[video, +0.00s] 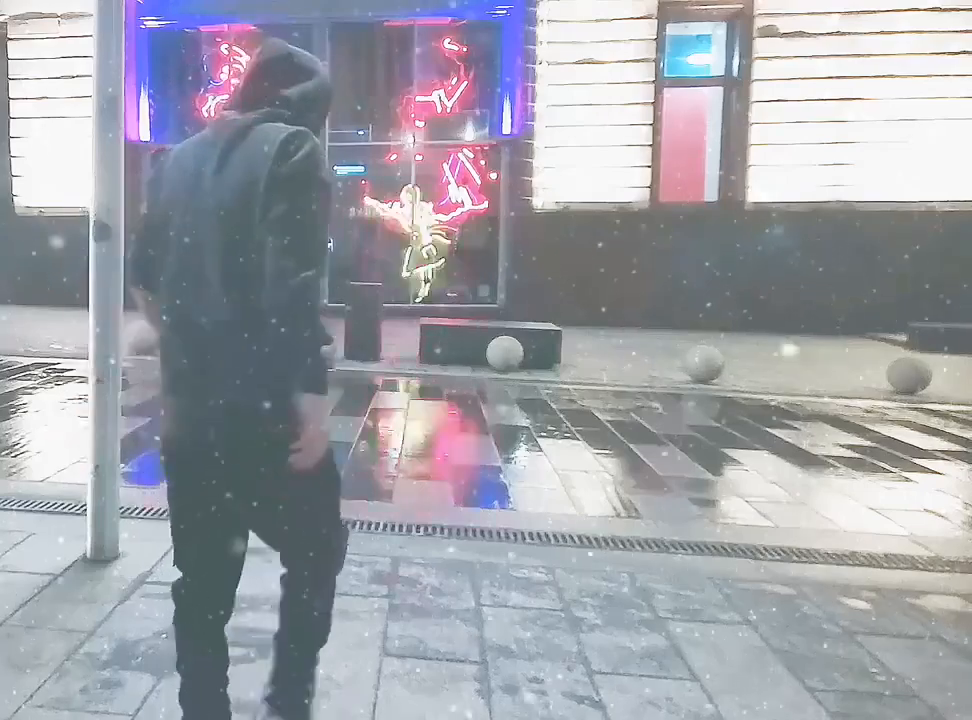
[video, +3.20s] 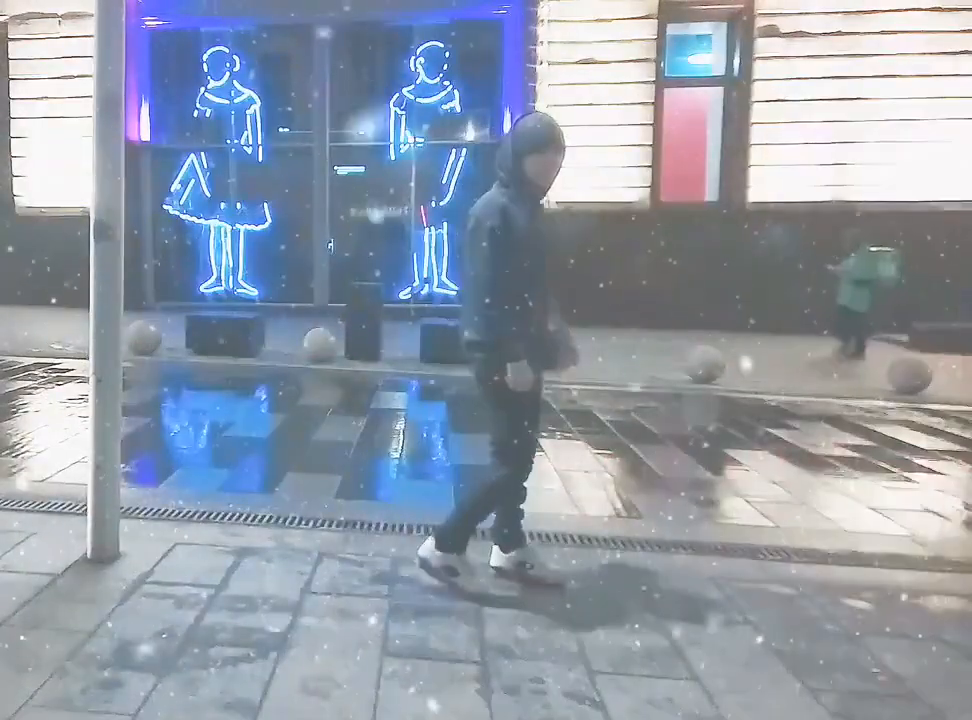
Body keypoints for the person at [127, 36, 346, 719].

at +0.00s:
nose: (313, 119)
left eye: (309, 110)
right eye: (314, 109)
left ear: (249, 95)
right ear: (303, 102)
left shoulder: (179, 157)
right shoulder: (296, 150)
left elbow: (144, 273)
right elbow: (294, 284)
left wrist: (187, 342)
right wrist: (312, 397)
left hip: (191, 409)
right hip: (270, 405)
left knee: (201, 582)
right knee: (316, 549)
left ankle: (204, 710)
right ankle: (290, 697)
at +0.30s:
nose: (339, 134)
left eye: (339, 126)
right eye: (337, 125)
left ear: (272, 114)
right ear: (327, 120)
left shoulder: (216, 173)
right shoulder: (338, 172)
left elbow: (187, 278)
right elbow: (372, 289)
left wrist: (213, 349)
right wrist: (405, 366)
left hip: (231, 394)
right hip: (312, 395)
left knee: (226, 558)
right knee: (324, 547)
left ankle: (209, 703)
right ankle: (324, 676)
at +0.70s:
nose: (387, 147)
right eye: (388, 136)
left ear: (329, 123)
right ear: (384, 131)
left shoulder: (279, 173)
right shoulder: (401, 177)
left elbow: (237, 263)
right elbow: (433, 279)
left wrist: (229, 357)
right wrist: (452, 359)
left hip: (291, 363)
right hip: (366, 368)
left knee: (292, 493)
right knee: (353, 513)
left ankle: (263, 618)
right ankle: (326, 663)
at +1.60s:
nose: (405, 159)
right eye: (403, 152)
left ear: (350, 146)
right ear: (396, 148)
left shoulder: (311, 195)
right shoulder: (399, 185)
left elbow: (289, 275)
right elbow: (418, 277)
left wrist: (321, 327)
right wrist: (440, 347)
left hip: (332, 369)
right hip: (392, 366)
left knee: (340, 491)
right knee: (413, 481)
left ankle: (351, 605)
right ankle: (409, 597)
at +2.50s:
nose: (499, 172)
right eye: (497, 165)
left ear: (448, 157)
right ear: (490, 163)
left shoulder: (407, 198)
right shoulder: (495, 211)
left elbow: (379, 274)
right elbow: (508, 296)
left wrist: (400, 329)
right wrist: (506, 357)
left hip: (413, 353)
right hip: (463, 358)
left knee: (406, 456)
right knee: (448, 468)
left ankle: (373, 555)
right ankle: (426, 574)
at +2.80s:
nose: (531, 174)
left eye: (530, 164)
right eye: (527, 164)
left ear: (479, 159)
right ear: (510, 163)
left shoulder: (442, 204)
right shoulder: (503, 211)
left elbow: (437, 277)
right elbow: (504, 290)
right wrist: (509, 355)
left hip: (439, 343)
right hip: (476, 351)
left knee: (459, 452)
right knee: (459, 459)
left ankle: (479, 538)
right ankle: (429, 568)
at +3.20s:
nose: (556, 165)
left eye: (559, 155)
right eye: (549, 155)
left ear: (552, 159)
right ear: (523, 156)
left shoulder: (527, 208)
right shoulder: (495, 211)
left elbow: (531, 286)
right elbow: (491, 293)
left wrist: (552, 329)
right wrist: (512, 354)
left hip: (523, 349)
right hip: (496, 351)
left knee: (518, 454)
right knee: (513, 460)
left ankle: (509, 550)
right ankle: (442, 547)